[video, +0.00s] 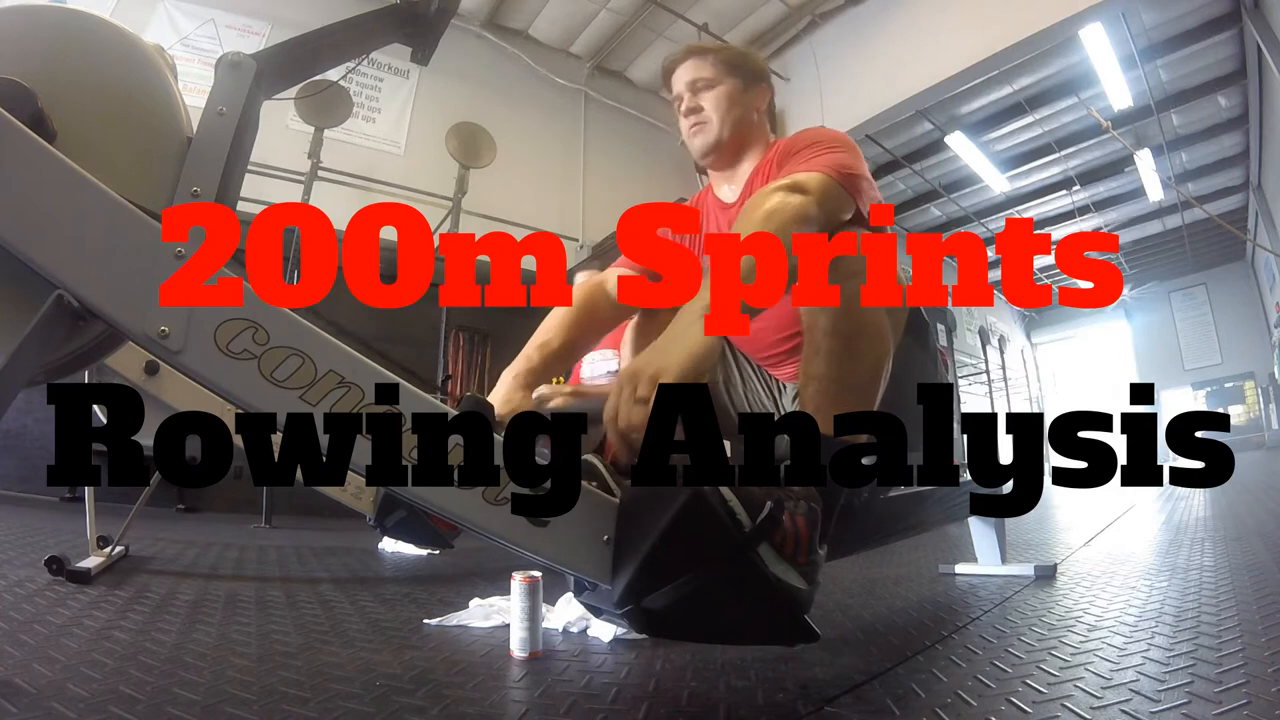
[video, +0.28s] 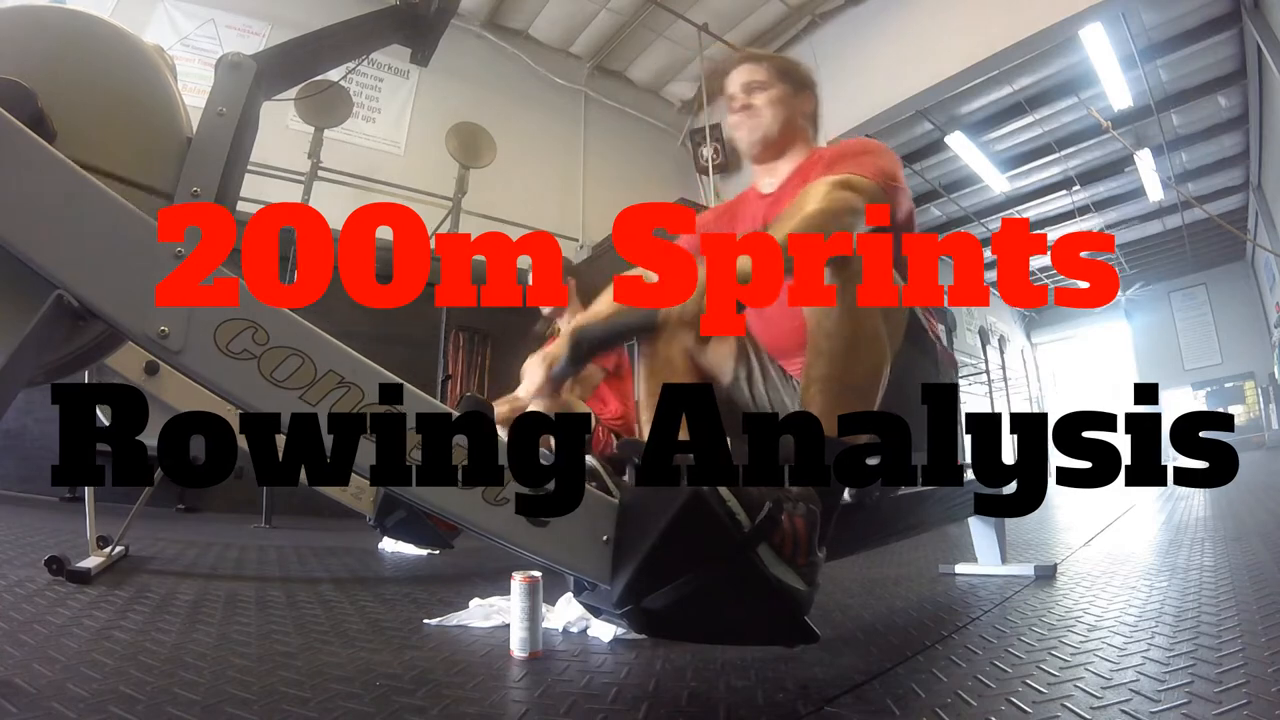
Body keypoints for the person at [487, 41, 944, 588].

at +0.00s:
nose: (685, 107)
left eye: (702, 87)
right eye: (677, 104)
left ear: (762, 96)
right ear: (679, 133)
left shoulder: (818, 148)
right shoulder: (691, 214)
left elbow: (788, 220)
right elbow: (606, 287)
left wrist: (669, 351)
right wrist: (516, 377)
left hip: (831, 391)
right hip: (737, 393)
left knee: (848, 264)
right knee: (655, 304)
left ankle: (806, 500)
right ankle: (641, 489)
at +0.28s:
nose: (739, 105)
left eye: (756, 90)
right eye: (730, 101)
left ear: (803, 105)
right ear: (727, 126)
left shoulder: (858, 158)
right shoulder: (721, 218)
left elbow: (828, 217)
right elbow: (648, 280)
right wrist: (568, 346)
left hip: (850, 382)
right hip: (764, 384)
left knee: (840, 238)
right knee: (654, 308)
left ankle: (809, 493)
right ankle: (672, 498)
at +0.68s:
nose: (839, 142)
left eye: (853, 130)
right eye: (830, 138)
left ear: (888, 141)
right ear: (825, 157)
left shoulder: (931, 182)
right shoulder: (815, 234)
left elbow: (917, 204)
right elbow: (743, 267)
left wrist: (852, 202)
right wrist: (668, 286)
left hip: (940, 374)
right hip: (841, 377)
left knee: (880, 313)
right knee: (730, 357)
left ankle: (816, 505)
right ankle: (683, 492)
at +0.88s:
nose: (883, 176)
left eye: (897, 165)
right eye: (873, 171)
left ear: (927, 173)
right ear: (867, 188)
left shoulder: (965, 215)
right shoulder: (855, 253)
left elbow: (961, 229)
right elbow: (798, 280)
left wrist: (910, 220)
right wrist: (740, 288)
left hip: (958, 381)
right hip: (868, 383)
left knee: (903, 362)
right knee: (768, 395)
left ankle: (809, 511)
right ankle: (683, 497)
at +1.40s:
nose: (907, 204)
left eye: (918, 193)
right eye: (898, 200)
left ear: (946, 200)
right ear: (892, 215)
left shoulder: (986, 253)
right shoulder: (883, 281)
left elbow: (1052, 314)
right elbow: (851, 355)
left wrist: (1018, 263)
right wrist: (837, 322)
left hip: (959, 372)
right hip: (883, 386)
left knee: (918, 436)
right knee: (824, 443)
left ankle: (820, 524)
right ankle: (735, 489)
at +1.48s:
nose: (904, 198)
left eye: (915, 187)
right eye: (894, 195)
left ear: (943, 196)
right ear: (888, 212)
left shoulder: (987, 249)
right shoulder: (876, 280)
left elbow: (1055, 308)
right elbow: (841, 352)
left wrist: (1009, 266)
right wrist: (821, 331)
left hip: (958, 372)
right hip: (882, 385)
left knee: (916, 437)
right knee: (823, 442)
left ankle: (818, 525)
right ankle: (739, 490)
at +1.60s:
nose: (895, 192)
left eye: (906, 179)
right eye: (884, 187)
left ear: (936, 188)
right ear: (879, 203)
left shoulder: (982, 244)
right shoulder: (868, 272)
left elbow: (1050, 295)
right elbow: (830, 339)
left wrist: (996, 278)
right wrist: (793, 343)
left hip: (960, 372)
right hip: (881, 386)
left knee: (913, 435)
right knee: (816, 445)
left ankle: (818, 528)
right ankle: (694, 495)